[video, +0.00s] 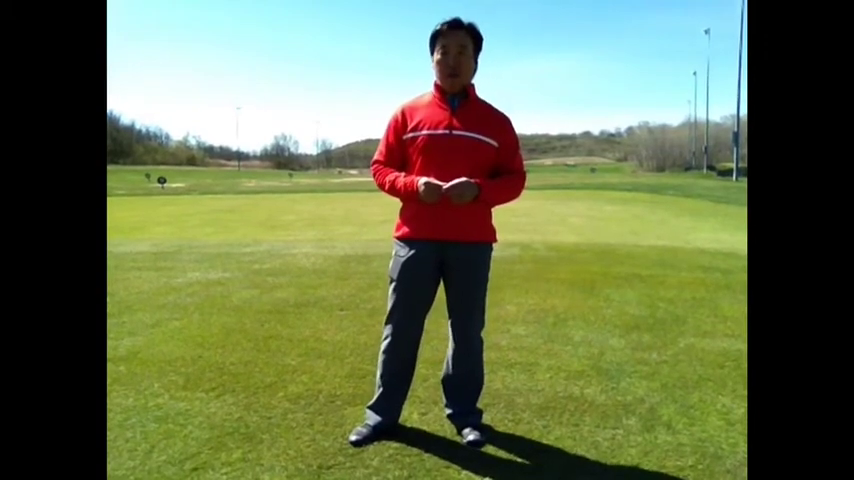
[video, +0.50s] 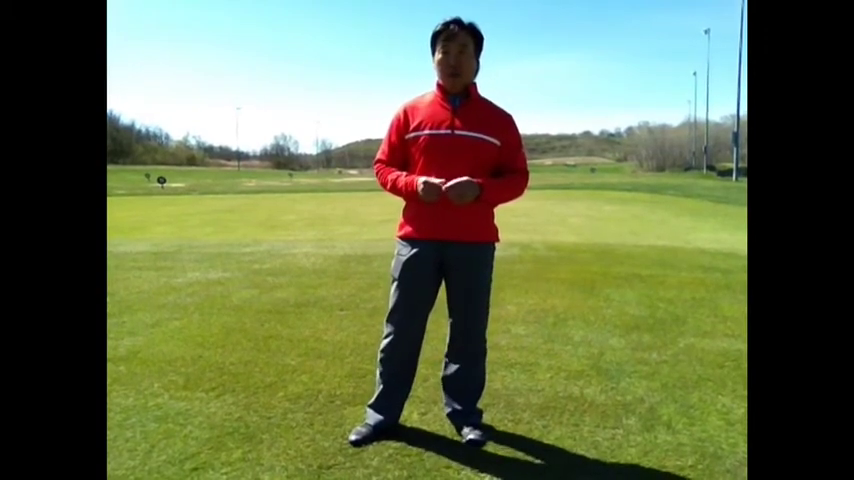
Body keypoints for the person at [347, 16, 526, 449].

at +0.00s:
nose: (451, 59)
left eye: (461, 52)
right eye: (444, 51)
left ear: (476, 60)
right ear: (432, 58)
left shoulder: (496, 122)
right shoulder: (407, 115)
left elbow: (515, 180)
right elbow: (380, 170)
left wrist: (479, 190)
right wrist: (414, 184)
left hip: (471, 245)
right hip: (416, 241)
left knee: (468, 333)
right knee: (399, 330)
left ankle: (466, 416)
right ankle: (381, 415)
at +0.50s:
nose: (451, 58)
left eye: (461, 51)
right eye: (444, 50)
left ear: (478, 59)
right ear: (433, 58)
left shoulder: (499, 121)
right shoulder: (409, 114)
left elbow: (518, 179)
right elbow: (383, 169)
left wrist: (481, 190)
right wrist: (414, 184)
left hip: (473, 245)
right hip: (417, 241)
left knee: (469, 334)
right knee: (400, 330)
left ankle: (466, 416)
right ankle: (382, 415)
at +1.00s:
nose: (453, 59)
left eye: (462, 51)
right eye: (445, 50)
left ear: (478, 59)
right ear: (433, 58)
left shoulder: (499, 120)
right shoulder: (410, 114)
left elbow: (519, 175)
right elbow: (384, 165)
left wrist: (494, 188)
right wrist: (400, 180)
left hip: (475, 243)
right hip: (419, 240)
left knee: (471, 333)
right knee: (402, 329)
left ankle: (466, 414)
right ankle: (383, 414)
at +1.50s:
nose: (452, 58)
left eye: (462, 50)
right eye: (444, 51)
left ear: (477, 57)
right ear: (433, 59)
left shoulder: (501, 120)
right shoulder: (413, 115)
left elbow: (522, 176)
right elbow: (387, 169)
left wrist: (491, 187)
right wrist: (411, 181)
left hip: (478, 245)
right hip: (422, 241)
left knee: (473, 334)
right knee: (405, 330)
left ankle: (468, 415)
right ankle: (384, 414)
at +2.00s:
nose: (453, 58)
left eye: (462, 50)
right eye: (445, 51)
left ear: (477, 57)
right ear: (433, 60)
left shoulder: (503, 119)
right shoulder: (415, 115)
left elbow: (524, 175)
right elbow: (390, 170)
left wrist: (488, 187)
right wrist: (423, 182)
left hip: (481, 243)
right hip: (426, 241)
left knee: (475, 333)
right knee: (408, 329)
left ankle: (468, 413)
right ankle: (384, 414)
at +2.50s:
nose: (454, 60)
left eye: (463, 52)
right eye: (445, 53)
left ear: (478, 58)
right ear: (434, 61)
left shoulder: (503, 119)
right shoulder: (415, 116)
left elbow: (525, 175)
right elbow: (390, 171)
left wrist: (489, 187)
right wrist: (423, 183)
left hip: (482, 243)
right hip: (427, 241)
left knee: (476, 333)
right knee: (408, 329)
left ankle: (467, 413)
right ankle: (384, 414)